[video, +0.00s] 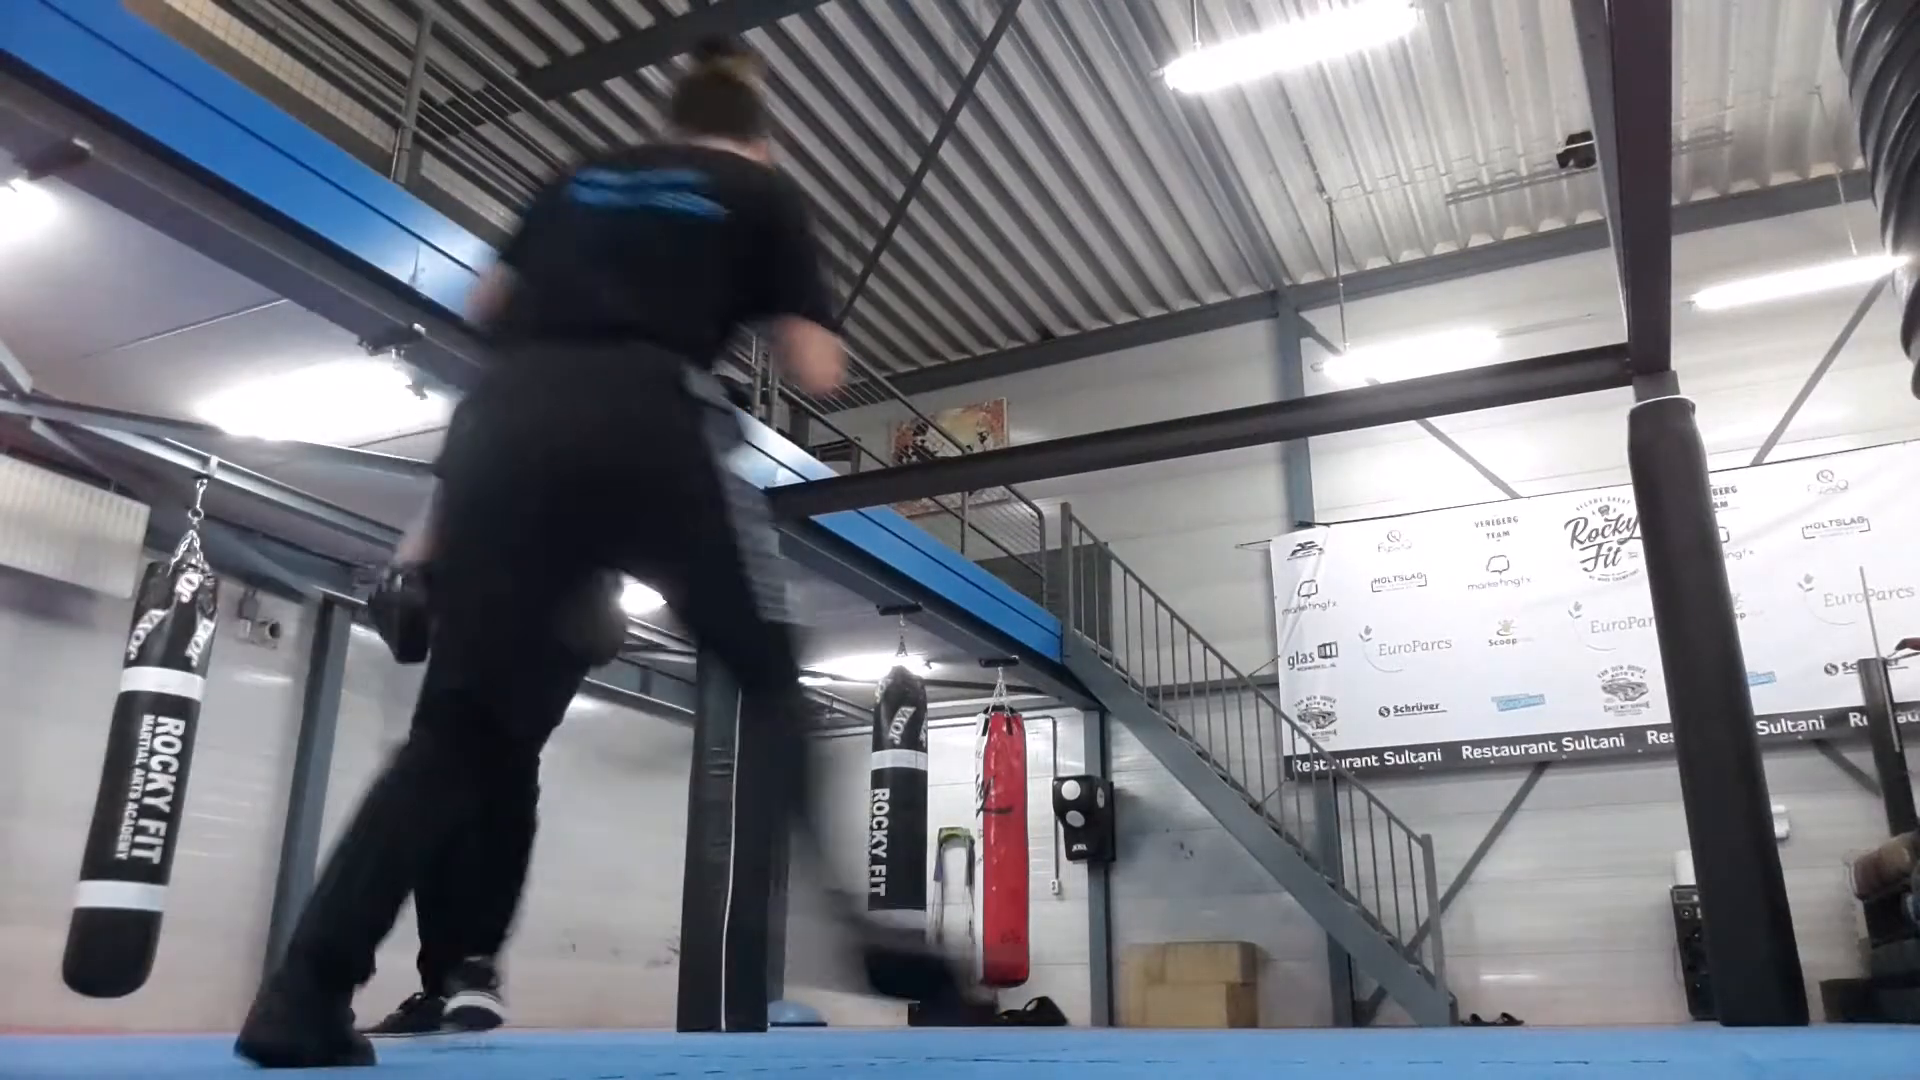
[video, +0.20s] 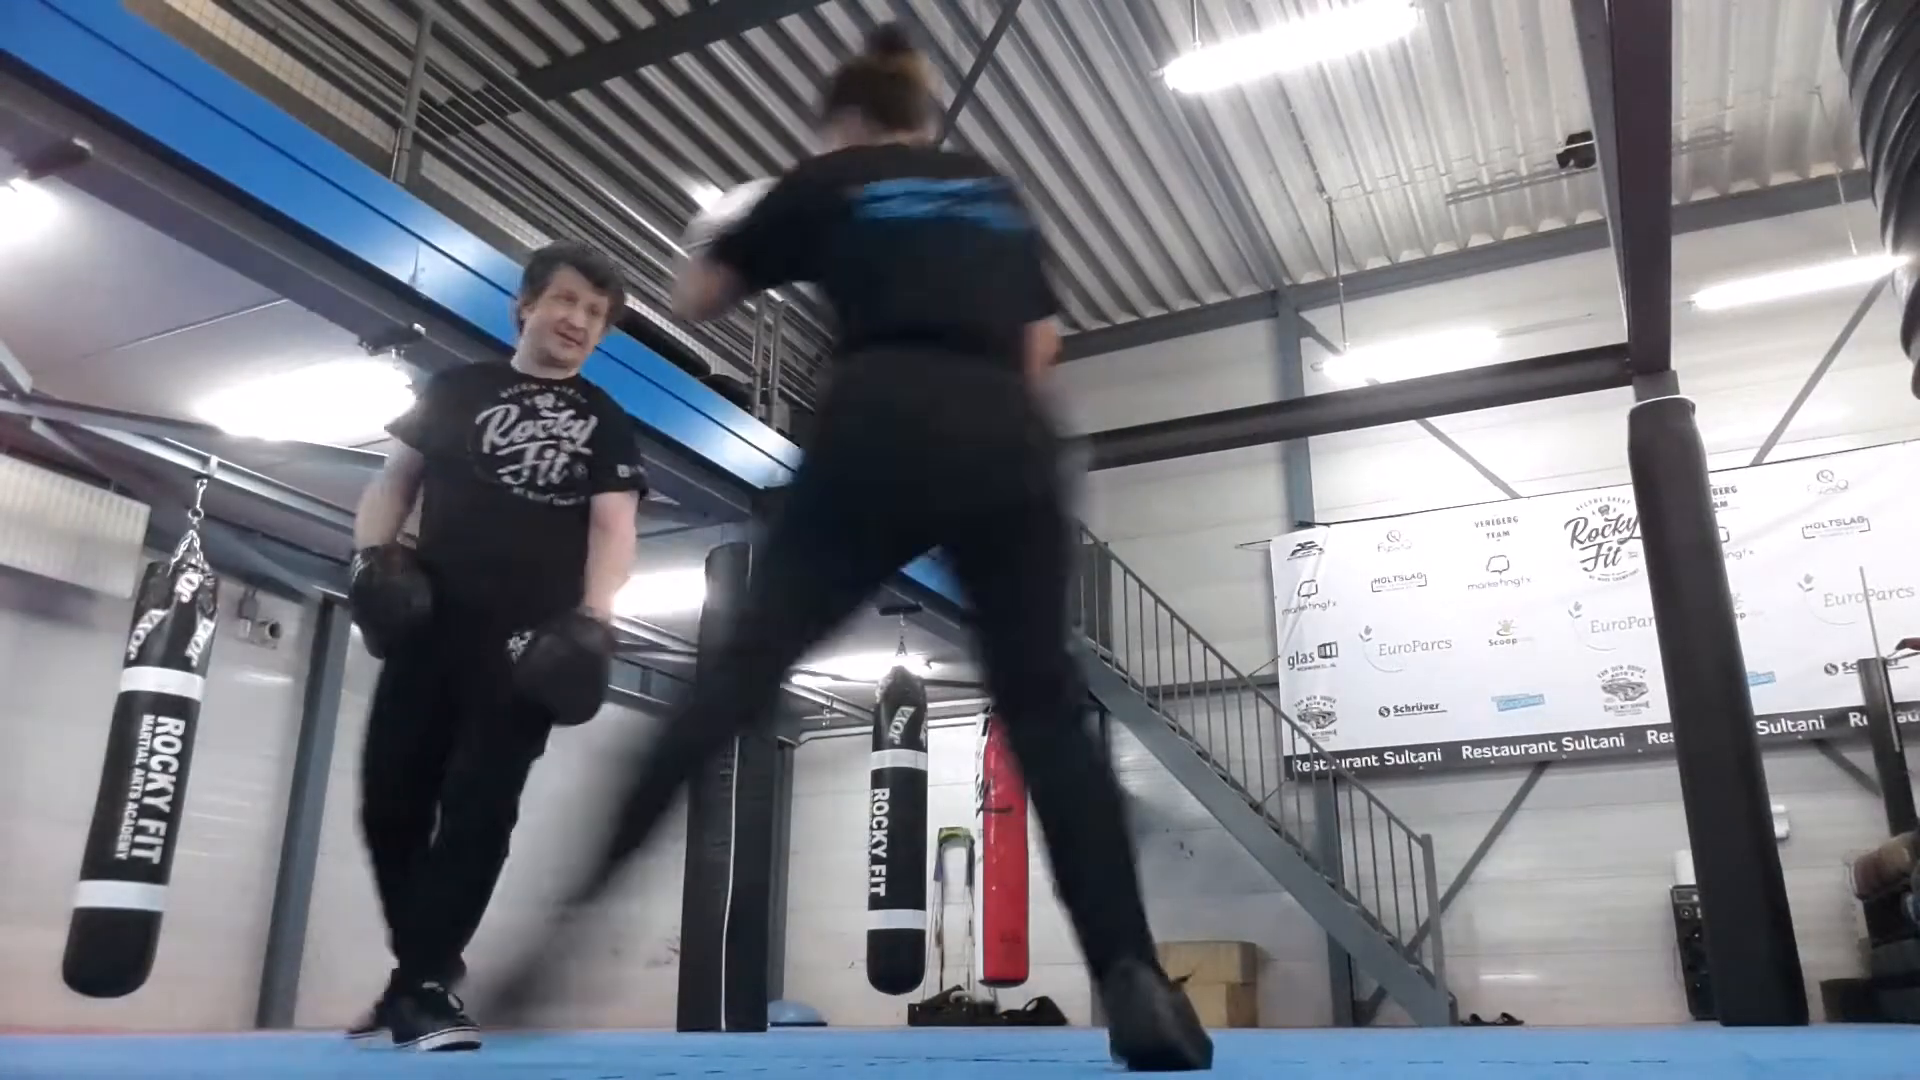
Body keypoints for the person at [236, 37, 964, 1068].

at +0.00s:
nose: (771, 161)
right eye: (770, 149)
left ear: (670, 123)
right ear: (757, 140)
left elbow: (486, 306)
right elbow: (815, 370)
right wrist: (801, 330)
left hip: (505, 419)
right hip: (640, 428)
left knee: (459, 729)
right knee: (767, 681)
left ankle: (297, 1005)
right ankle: (755, 979)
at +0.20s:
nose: (822, 145)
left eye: (823, 133)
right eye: (825, 135)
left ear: (843, 123)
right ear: (923, 120)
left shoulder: (825, 183)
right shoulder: (992, 190)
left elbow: (696, 297)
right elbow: (1041, 345)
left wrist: (744, 238)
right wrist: (994, 423)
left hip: (875, 447)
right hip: (1005, 456)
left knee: (733, 679)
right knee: (1044, 707)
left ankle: (558, 931)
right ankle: (1133, 980)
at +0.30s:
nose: (898, 120)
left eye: (900, 104)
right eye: (899, 107)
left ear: (927, 90)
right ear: (986, 87)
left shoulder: (921, 141)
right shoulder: (1069, 146)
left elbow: (834, 278)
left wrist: (810, 227)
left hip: (1010, 395)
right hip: (1126, 399)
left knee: (944, 638)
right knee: (1132, 652)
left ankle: (1003, 835)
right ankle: (1211, 924)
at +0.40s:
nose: (976, 132)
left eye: (977, 116)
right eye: (975, 119)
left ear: (1003, 102)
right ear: (1064, 97)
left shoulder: (1018, 148)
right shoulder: (1152, 159)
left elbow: (963, 283)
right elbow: (1192, 296)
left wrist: (900, 312)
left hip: (1137, 412)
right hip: (1240, 409)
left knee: (1119, 664)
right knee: (1257, 677)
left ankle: (1314, 900)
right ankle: (1404, 910)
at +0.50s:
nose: (1065, 198)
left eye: (1066, 180)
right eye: (1062, 183)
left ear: (1098, 161)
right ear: (1147, 157)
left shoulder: (1118, 218)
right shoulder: (1233, 223)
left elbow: (1083, 350)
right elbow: (1316, 363)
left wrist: (1028, 384)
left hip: (1242, 451)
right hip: (1330, 440)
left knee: (1270, 731)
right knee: (1393, 712)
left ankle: (1441, 989)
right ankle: (1594, 966)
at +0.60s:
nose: (1153, 269)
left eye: (1156, 246)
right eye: (1150, 250)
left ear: (1196, 225)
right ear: (1232, 224)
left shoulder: (1228, 276)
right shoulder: (1309, 285)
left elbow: (1212, 401)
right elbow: (1295, 428)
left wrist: (1130, 391)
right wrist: (1175, 412)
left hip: (1350, 501)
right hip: (1421, 498)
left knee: (1314, 743)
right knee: (1489, 763)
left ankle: (1440, 988)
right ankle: (1689, 978)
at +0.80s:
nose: (1259, 258)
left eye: (1263, 235)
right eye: (1253, 244)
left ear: (1316, 212)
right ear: (1333, 220)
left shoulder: (1356, 263)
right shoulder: (1398, 275)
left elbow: (1361, 366)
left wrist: (1278, 357)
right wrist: (1291, 357)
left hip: (1451, 494)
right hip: (1515, 494)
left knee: (1387, 683)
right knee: (1547, 735)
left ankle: (1544, 894)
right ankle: (1687, 955)